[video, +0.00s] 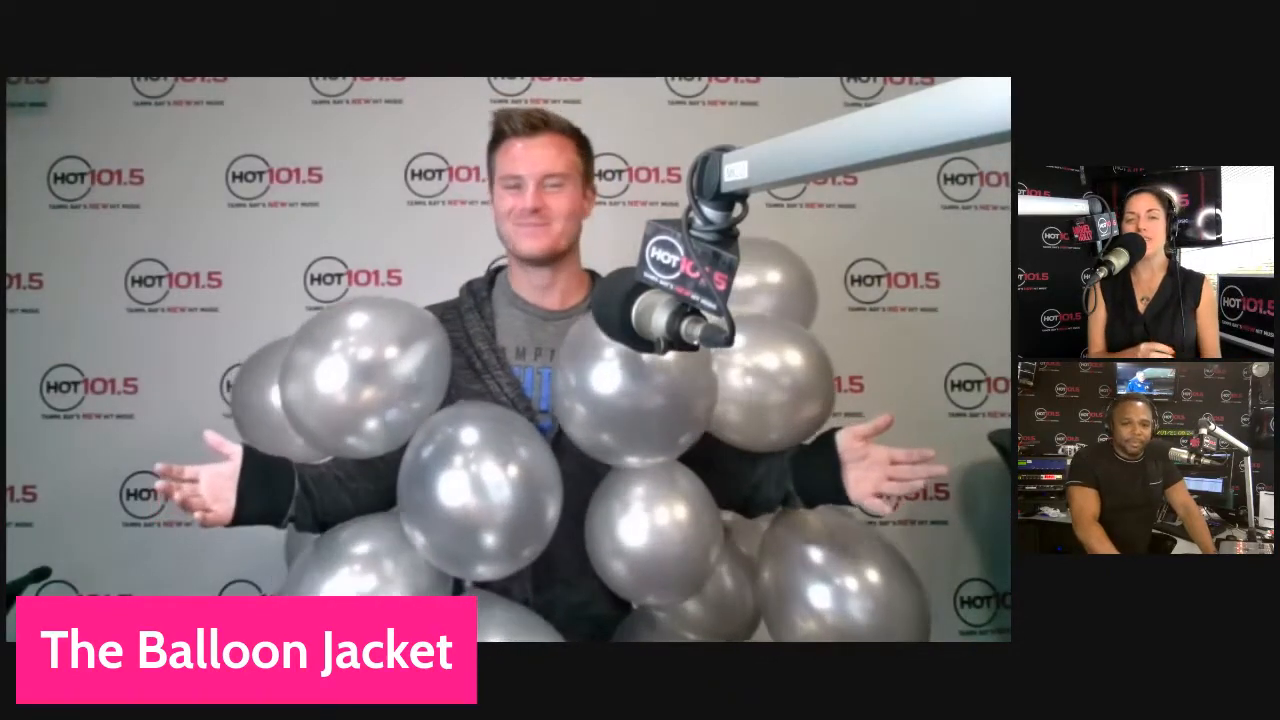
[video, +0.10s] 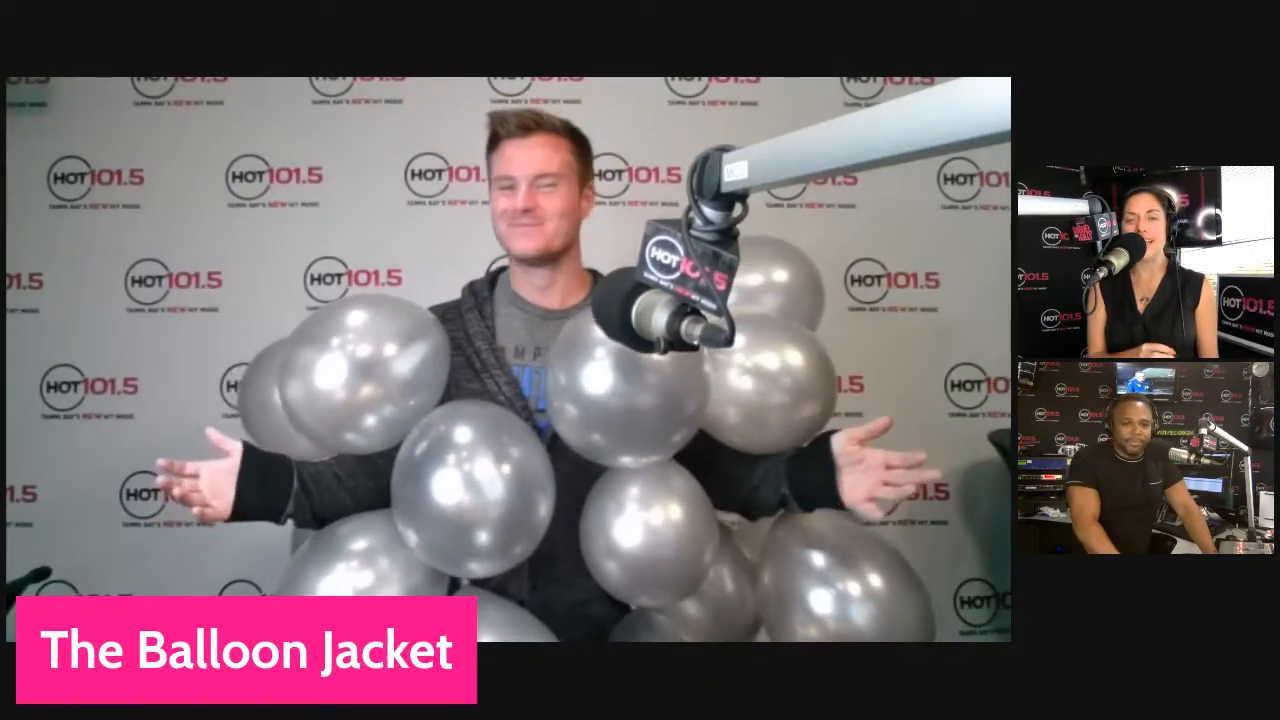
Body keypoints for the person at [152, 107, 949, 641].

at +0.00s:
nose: (530, 202)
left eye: (551, 184)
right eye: (511, 186)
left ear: (588, 199)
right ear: (490, 203)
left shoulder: (647, 322)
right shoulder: (442, 332)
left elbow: (711, 468)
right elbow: (394, 467)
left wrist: (821, 466)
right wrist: (269, 489)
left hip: (638, 617)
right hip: (496, 614)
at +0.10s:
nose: (524, 202)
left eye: (546, 184)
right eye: (506, 187)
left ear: (587, 199)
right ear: (487, 204)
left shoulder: (648, 321)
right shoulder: (442, 333)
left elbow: (714, 473)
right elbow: (390, 469)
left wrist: (819, 472)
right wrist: (262, 484)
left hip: (642, 618)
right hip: (496, 619)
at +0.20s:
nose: (515, 204)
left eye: (538, 186)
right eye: (500, 188)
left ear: (586, 200)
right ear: (485, 204)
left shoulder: (649, 325)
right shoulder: (443, 335)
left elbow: (708, 467)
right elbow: (390, 469)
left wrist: (809, 480)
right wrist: (262, 481)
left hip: (637, 623)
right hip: (495, 621)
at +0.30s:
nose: (514, 208)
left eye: (537, 187)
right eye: (499, 190)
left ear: (585, 199)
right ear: (486, 205)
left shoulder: (649, 317)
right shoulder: (450, 335)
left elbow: (702, 468)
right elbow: (395, 467)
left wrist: (795, 487)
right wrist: (270, 481)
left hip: (634, 622)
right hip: (493, 621)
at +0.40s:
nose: (518, 207)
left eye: (540, 186)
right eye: (501, 190)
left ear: (586, 195)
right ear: (486, 204)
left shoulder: (650, 315)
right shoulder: (451, 334)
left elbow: (701, 465)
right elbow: (400, 465)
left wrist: (783, 492)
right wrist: (270, 481)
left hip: (628, 620)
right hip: (489, 620)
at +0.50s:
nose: (523, 204)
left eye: (545, 185)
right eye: (505, 188)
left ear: (584, 197)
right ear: (486, 204)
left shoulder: (645, 315)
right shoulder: (451, 333)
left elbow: (702, 458)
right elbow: (405, 473)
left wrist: (769, 498)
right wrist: (278, 487)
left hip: (616, 618)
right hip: (483, 618)